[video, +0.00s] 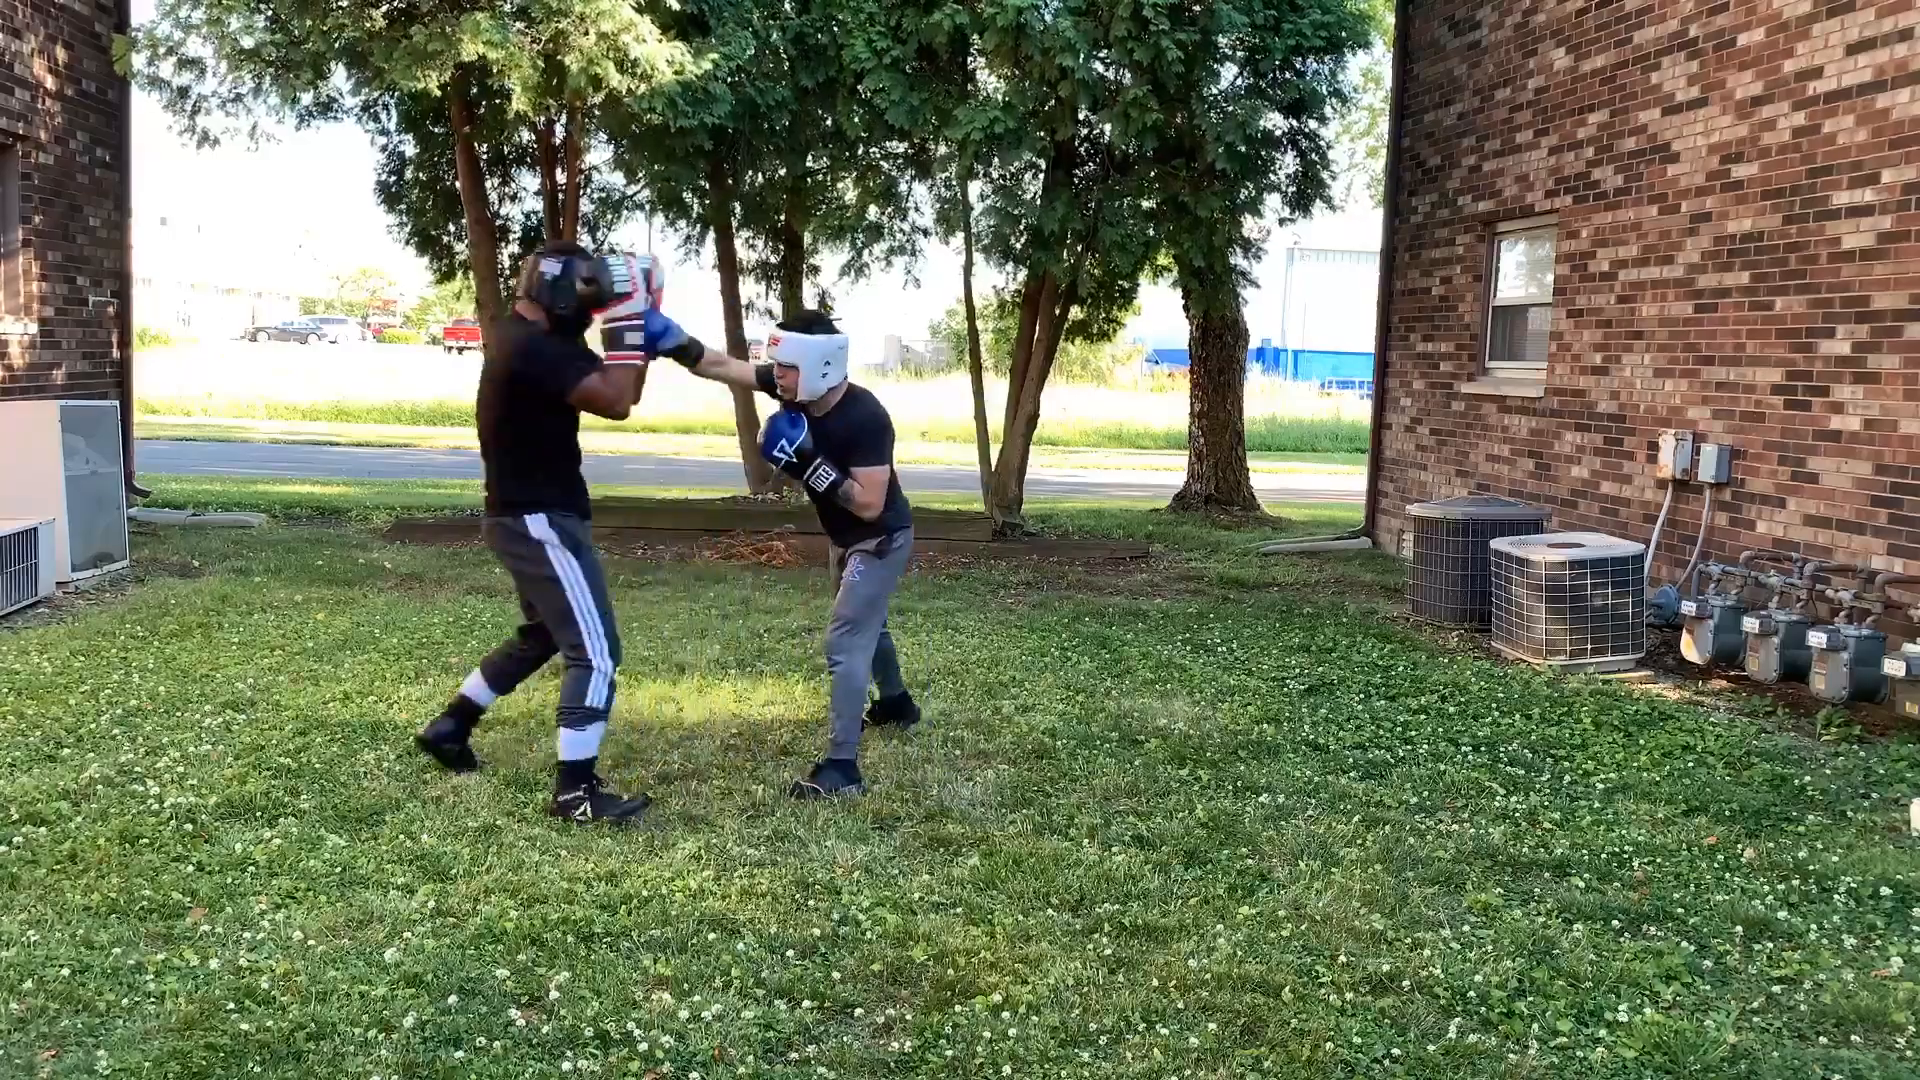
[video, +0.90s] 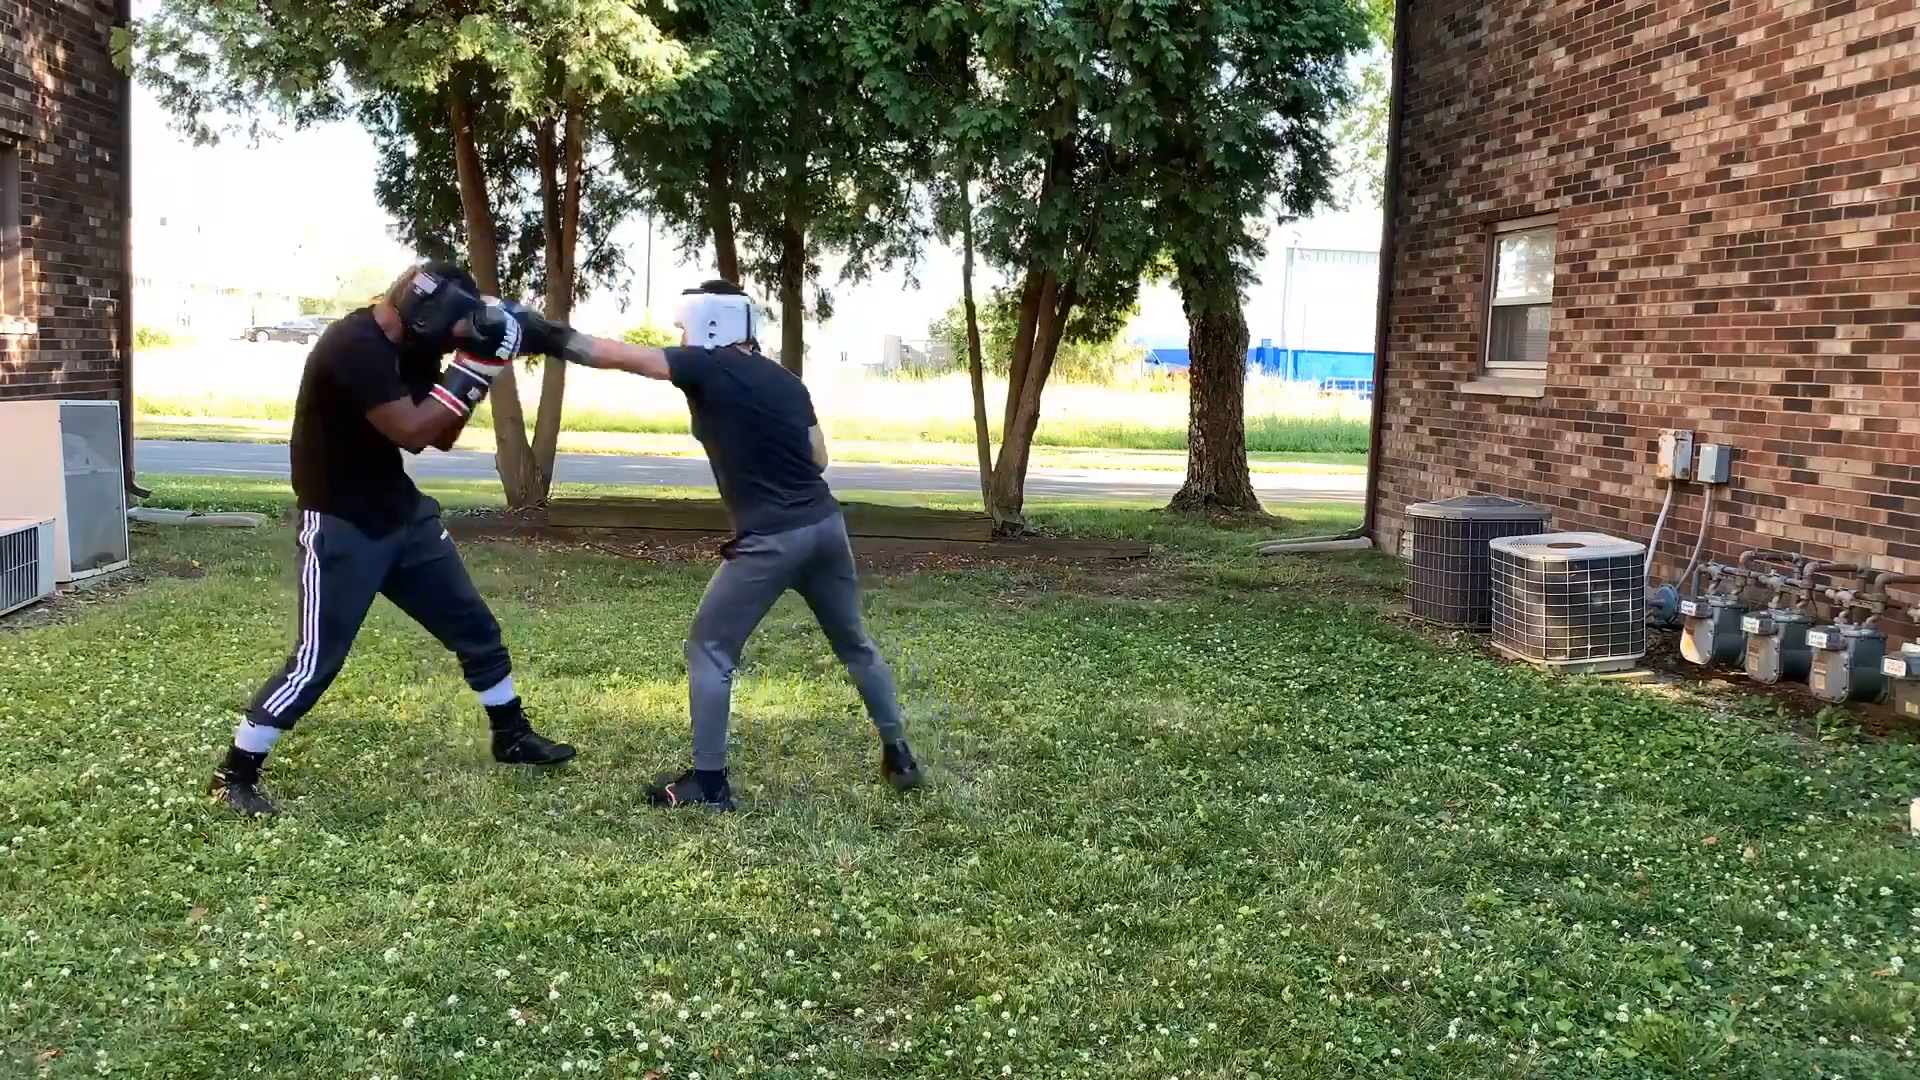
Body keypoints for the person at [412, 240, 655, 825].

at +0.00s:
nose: (589, 312)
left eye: (591, 299)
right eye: (586, 299)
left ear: (537, 294)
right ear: (567, 300)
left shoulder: (515, 341)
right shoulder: (538, 349)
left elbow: (610, 389)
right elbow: (618, 399)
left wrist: (635, 314)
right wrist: (627, 318)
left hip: (520, 516)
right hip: (540, 519)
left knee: (544, 634)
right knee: (597, 651)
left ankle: (450, 726)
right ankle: (576, 786)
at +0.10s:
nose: (547, 305)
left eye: (549, 296)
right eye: (540, 294)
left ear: (527, 297)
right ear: (511, 291)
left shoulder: (517, 341)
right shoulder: (466, 353)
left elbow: (603, 387)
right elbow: (537, 425)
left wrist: (611, 320)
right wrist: (550, 350)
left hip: (516, 517)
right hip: (479, 519)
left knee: (497, 644)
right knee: (540, 641)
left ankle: (429, 749)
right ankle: (554, 779)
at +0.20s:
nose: (514, 308)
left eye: (517, 297)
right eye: (507, 297)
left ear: (470, 285)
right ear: (476, 288)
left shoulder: (491, 339)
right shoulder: (415, 349)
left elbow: (553, 405)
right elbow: (459, 435)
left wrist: (570, 338)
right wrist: (509, 371)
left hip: (487, 508)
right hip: (435, 507)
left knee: (488, 632)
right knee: (487, 629)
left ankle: (427, 743)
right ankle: (455, 767)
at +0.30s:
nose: (483, 295)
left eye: (486, 284)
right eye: (476, 283)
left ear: (453, 277)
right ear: (443, 276)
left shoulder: (458, 329)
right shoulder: (379, 336)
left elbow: (477, 409)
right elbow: (393, 431)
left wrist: (525, 356)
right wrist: (465, 391)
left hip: (460, 507)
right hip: (405, 507)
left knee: (466, 636)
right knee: (412, 646)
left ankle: (424, 748)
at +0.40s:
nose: (452, 299)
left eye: (455, 287)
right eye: (445, 287)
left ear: (416, 282)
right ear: (410, 280)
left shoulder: (427, 336)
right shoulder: (349, 341)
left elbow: (440, 398)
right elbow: (350, 436)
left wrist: (472, 379)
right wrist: (430, 403)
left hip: (424, 514)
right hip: (363, 517)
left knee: (458, 632)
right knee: (327, 655)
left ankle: (422, 748)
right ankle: (243, 770)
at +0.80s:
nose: (425, 310)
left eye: (431, 300)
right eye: (423, 298)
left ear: (390, 281)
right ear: (395, 285)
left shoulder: (390, 331)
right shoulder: (329, 332)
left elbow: (387, 413)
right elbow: (365, 425)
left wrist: (452, 379)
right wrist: (440, 377)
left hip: (393, 508)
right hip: (327, 515)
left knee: (460, 620)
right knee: (302, 646)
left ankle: (477, 731)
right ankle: (234, 771)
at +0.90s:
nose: (438, 349)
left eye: (444, 341)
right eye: (437, 338)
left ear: (416, 316)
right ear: (413, 318)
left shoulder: (408, 344)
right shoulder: (354, 345)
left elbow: (438, 434)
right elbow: (415, 433)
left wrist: (482, 364)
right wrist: (469, 370)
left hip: (400, 515)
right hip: (339, 523)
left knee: (474, 627)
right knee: (317, 659)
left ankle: (512, 734)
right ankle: (237, 772)